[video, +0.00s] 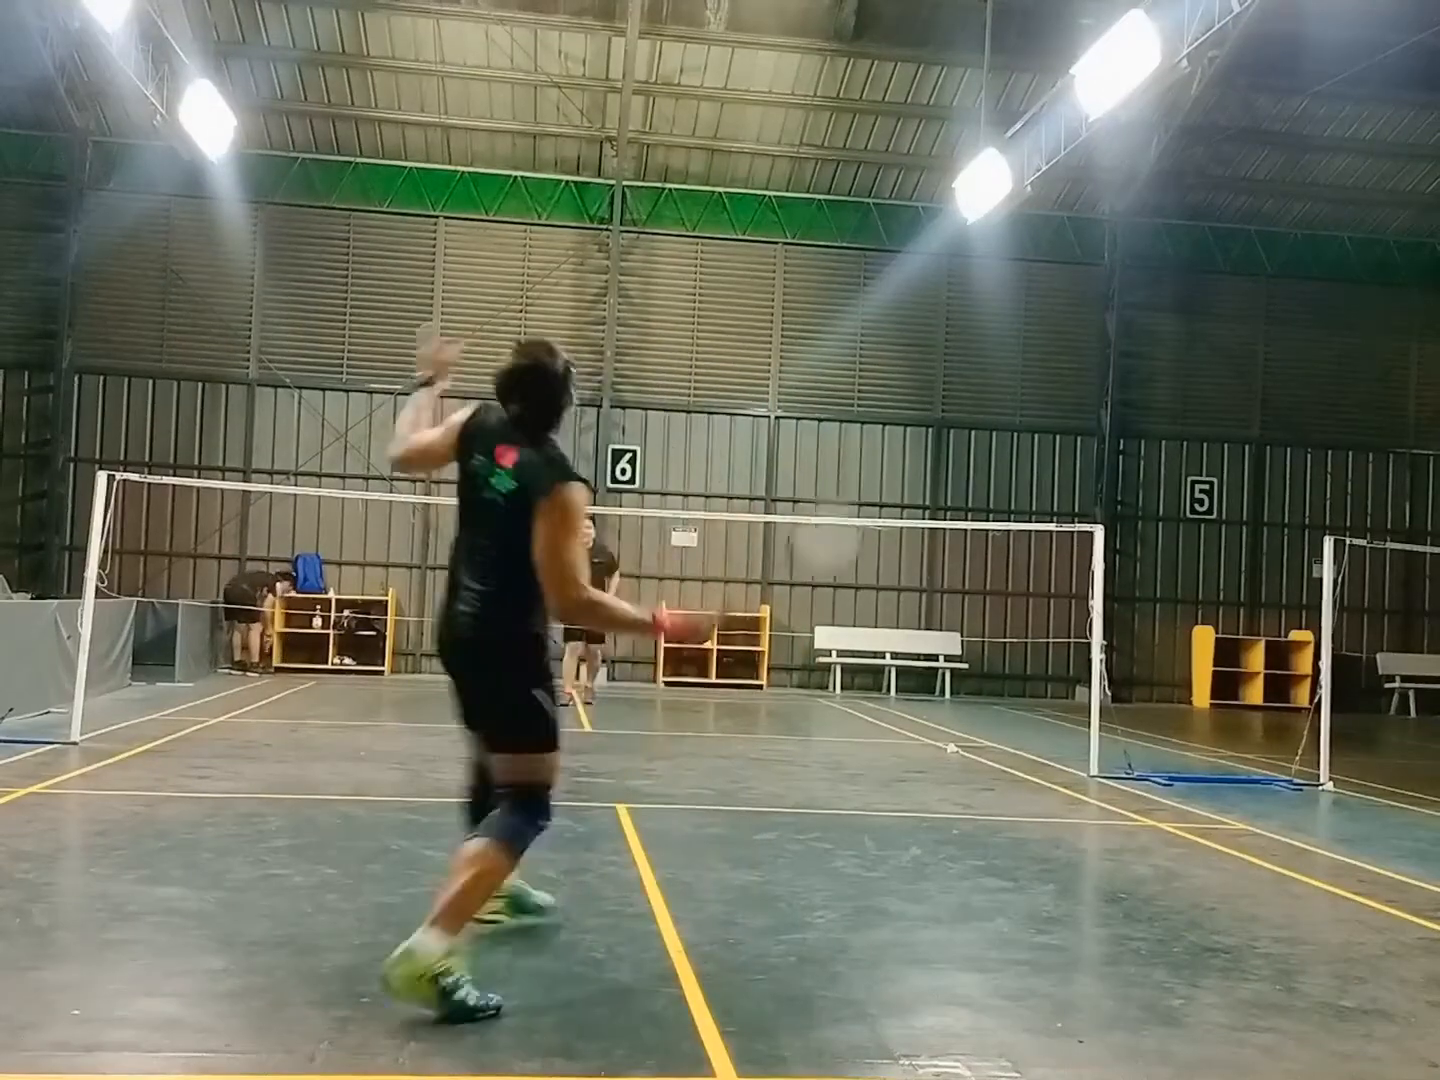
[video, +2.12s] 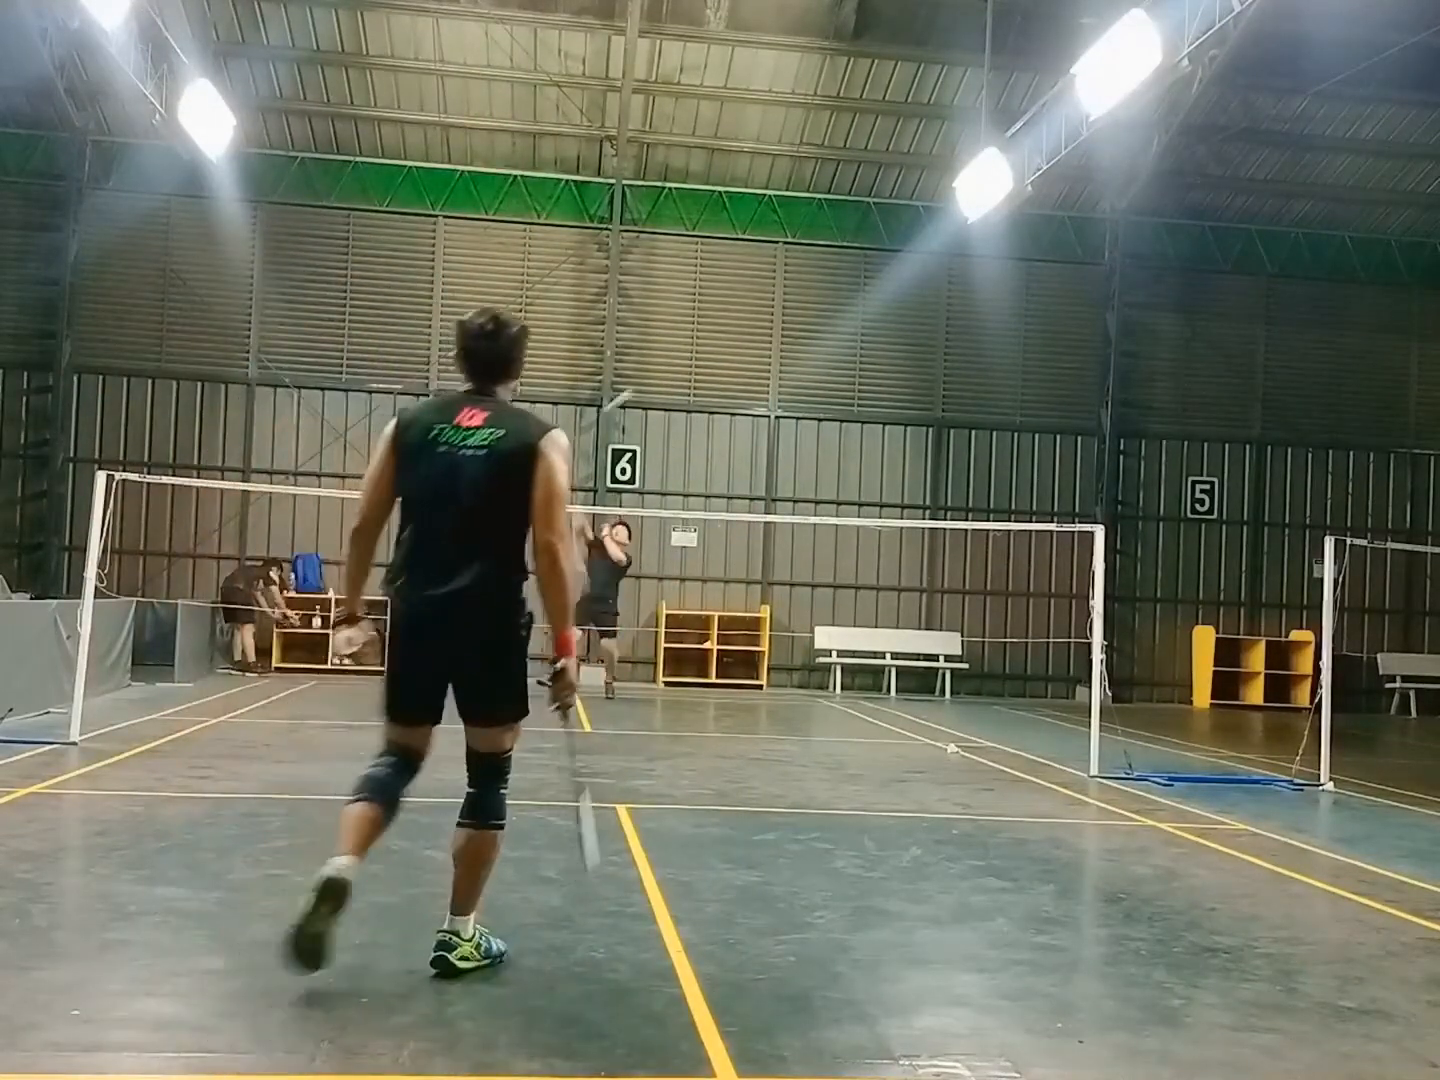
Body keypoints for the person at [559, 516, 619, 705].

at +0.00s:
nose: (585, 534)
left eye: (588, 529)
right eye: (581, 529)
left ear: (595, 531)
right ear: (574, 533)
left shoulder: (603, 553)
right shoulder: (568, 556)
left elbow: (614, 574)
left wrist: (609, 596)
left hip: (596, 611)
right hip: (573, 611)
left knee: (593, 652)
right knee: (572, 650)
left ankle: (589, 686)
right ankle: (568, 688)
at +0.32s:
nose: (587, 533)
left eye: (590, 529)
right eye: (582, 529)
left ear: (596, 533)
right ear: (575, 533)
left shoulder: (606, 554)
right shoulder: (567, 558)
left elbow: (618, 574)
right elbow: (556, 580)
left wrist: (615, 595)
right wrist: (562, 602)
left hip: (602, 611)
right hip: (577, 611)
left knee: (611, 649)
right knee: (573, 651)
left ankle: (618, 692)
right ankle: (567, 693)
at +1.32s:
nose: (597, 535)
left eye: (602, 533)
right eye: (594, 533)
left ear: (609, 540)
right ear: (590, 539)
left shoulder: (615, 560)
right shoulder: (585, 564)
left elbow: (631, 584)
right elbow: (579, 591)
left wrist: (618, 564)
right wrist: (570, 580)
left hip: (609, 614)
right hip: (590, 613)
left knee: (606, 650)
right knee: (577, 652)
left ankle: (612, 695)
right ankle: (578, 684)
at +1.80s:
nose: (587, 536)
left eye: (592, 533)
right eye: (585, 533)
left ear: (599, 540)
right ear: (580, 539)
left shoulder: (604, 553)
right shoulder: (580, 563)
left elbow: (619, 568)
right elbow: (572, 590)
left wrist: (614, 547)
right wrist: (564, 571)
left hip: (598, 609)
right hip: (581, 611)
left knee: (597, 646)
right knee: (565, 649)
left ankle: (613, 679)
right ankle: (577, 687)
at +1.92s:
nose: (595, 530)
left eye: (600, 527)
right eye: (594, 527)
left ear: (610, 534)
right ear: (590, 532)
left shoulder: (611, 550)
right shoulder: (581, 554)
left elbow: (626, 566)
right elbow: (563, 565)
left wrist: (624, 544)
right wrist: (570, 549)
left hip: (599, 603)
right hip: (579, 602)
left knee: (601, 644)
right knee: (574, 645)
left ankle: (611, 673)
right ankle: (577, 685)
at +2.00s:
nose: (608, 536)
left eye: (611, 534)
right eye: (607, 533)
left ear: (615, 535)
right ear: (602, 532)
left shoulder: (616, 550)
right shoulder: (586, 546)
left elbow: (627, 561)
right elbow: (566, 540)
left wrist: (623, 539)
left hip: (602, 599)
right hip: (581, 597)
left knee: (606, 640)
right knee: (574, 641)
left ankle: (612, 668)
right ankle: (574, 681)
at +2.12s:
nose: (621, 535)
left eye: (623, 533)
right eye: (617, 532)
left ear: (628, 540)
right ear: (609, 533)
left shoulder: (625, 558)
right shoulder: (595, 546)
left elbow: (617, 557)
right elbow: (583, 529)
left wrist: (605, 537)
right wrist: (576, 511)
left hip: (607, 603)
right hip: (587, 600)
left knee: (608, 644)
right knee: (575, 638)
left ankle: (609, 680)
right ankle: (571, 677)